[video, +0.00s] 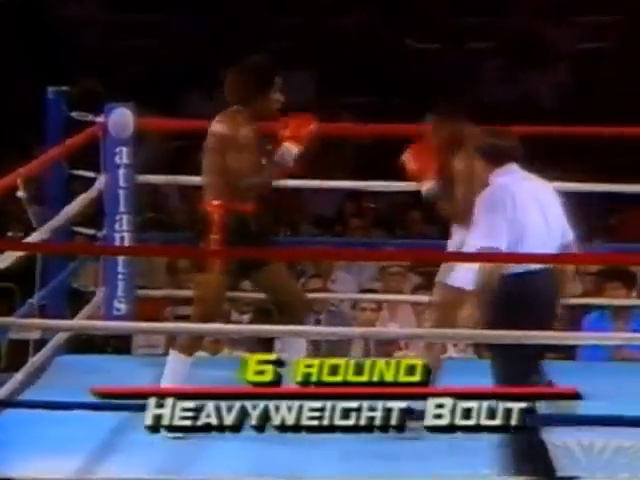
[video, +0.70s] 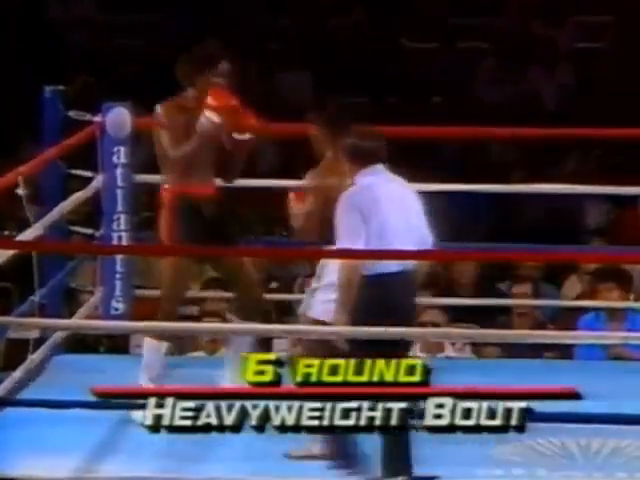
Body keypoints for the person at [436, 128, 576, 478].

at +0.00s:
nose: (470, 168)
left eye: (472, 161)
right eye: (470, 161)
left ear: (484, 161)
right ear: (514, 156)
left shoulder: (495, 193)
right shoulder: (544, 188)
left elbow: (491, 257)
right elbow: (566, 246)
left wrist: (481, 305)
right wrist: (560, 295)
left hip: (514, 283)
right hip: (547, 279)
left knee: (511, 375)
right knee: (522, 369)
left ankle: (535, 464)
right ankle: (523, 458)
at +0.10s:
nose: (452, 176)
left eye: (453, 167)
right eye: (452, 168)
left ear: (464, 165)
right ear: (491, 161)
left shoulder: (473, 198)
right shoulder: (520, 189)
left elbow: (469, 264)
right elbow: (543, 249)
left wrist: (446, 303)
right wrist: (531, 288)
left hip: (494, 292)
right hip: (524, 288)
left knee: (503, 383)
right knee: (479, 379)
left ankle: (533, 469)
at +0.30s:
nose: (416, 180)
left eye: (418, 173)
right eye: (416, 172)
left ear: (428, 173)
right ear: (456, 167)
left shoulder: (442, 204)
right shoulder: (483, 197)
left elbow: (437, 267)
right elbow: (504, 256)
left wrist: (404, 303)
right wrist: (495, 296)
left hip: (460, 294)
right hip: (486, 290)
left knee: (482, 384)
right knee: (449, 380)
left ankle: (528, 468)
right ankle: (411, 462)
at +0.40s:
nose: (399, 177)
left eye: (401, 170)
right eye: (400, 170)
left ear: (411, 170)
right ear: (439, 165)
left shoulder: (420, 204)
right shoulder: (465, 198)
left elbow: (415, 265)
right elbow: (487, 256)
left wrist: (389, 304)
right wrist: (478, 294)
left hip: (439, 295)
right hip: (468, 291)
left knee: (453, 385)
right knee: (433, 383)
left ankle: (516, 469)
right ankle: (409, 467)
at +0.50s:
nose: (374, 169)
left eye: (377, 163)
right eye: (375, 161)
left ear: (386, 165)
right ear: (416, 161)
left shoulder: (395, 200)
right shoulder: (442, 195)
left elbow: (391, 262)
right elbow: (460, 255)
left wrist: (368, 306)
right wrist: (449, 293)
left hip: (408, 291)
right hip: (440, 288)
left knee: (402, 384)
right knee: (414, 382)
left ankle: (471, 453)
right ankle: (406, 465)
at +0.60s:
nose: (364, 168)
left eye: (366, 162)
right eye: (366, 161)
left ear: (374, 163)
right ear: (405, 159)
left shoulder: (377, 197)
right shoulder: (428, 191)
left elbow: (375, 259)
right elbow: (444, 249)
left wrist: (358, 307)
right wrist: (431, 288)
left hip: (396, 283)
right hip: (427, 280)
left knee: (373, 366)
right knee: (412, 366)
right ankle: (411, 451)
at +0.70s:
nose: (340, 166)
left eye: (342, 160)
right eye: (342, 159)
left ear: (350, 161)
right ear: (380, 157)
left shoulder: (353, 196)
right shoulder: (405, 189)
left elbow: (351, 259)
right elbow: (425, 247)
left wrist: (341, 312)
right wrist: (410, 285)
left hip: (371, 282)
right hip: (404, 278)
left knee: (353, 366)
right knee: (395, 371)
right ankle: (398, 463)